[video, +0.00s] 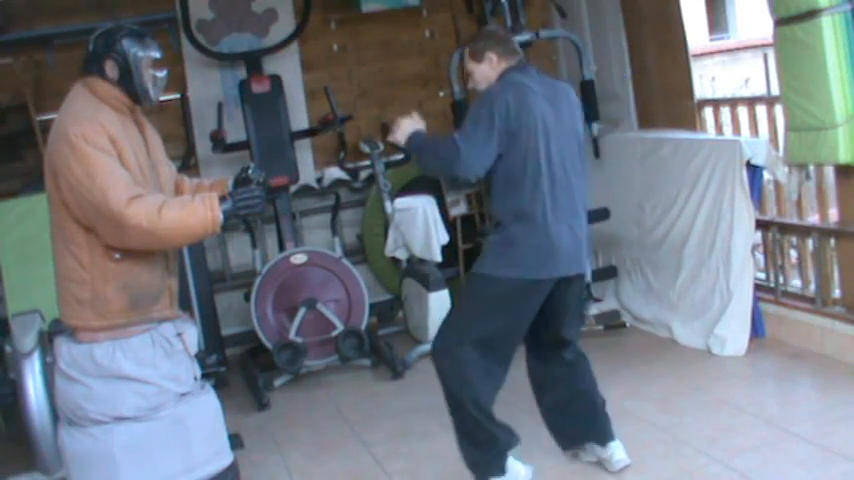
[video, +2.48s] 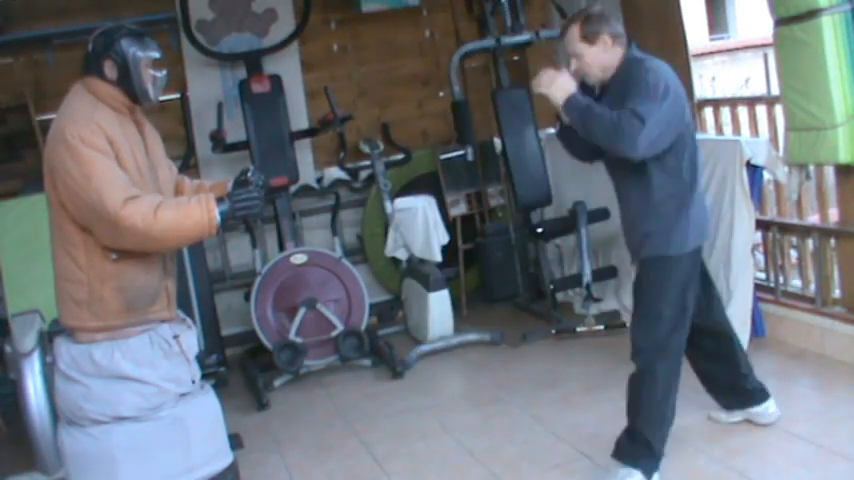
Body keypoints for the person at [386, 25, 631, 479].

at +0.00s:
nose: (470, 81)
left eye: (471, 70)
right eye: (467, 72)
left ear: (492, 59)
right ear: (513, 58)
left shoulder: (498, 97)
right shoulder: (566, 94)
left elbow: (466, 163)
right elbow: (572, 160)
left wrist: (415, 138)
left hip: (521, 256)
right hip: (573, 253)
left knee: (457, 349)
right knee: (558, 346)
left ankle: (497, 463)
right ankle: (601, 441)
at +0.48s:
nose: (408, 72)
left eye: (411, 62)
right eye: (407, 63)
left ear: (432, 56)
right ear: (453, 57)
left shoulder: (428, 98)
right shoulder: (499, 103)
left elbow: (358, 121)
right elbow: (504, 180)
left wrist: (346, 65)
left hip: (438, 269)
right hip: (487, 265)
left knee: (423, 375)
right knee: (460, 370)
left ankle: (444, 469)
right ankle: (458, 463)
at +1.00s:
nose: (427, 70)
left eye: (430, 59)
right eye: (426, 60)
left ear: (451, 51)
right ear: (470, 54)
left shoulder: (450, 90)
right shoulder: (514, 104)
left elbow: (388, 136)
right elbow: (510, 176)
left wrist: (345, 93)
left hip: (421, 245)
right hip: (479, 257)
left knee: (327, 323)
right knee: (452, 370)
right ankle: (438, 470)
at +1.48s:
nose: (451, 58)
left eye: (451, 47)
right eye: (447, 50)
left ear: (474, 29)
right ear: (483, 26)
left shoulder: (512, 63)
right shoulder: (532, 56)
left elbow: (471, 147)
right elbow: (520, 141)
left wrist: (419, 101)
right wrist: (470, 104)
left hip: (561, 235)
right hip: (578, 226)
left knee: (549, 358)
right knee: (559, 350)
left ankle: (574, 467)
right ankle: (579, 462)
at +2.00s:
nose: (570, 58)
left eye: (570, 47)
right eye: (565, 49)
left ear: (594, 34)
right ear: (603, 31)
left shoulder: (617, 70)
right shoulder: (654, 57)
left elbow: (614, 142)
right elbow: (651, 128)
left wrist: (555, 109)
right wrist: (590, 101)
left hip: (656, 219)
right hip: (696, 209)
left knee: (613, 322)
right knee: (694, 304)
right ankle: (735, 392)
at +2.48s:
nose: (573, 66)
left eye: (577, 56)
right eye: (570, 58)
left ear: (608, 43)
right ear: (600, 47)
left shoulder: (653, 78)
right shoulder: (614, 87)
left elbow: (636, 140)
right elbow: (587, 150)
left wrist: (570, 99)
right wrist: (565, 106)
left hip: (673, 232)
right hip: (657, 232)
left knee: (654, 346)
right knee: (703, 322)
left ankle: (640, 460)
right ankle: (750, 399)